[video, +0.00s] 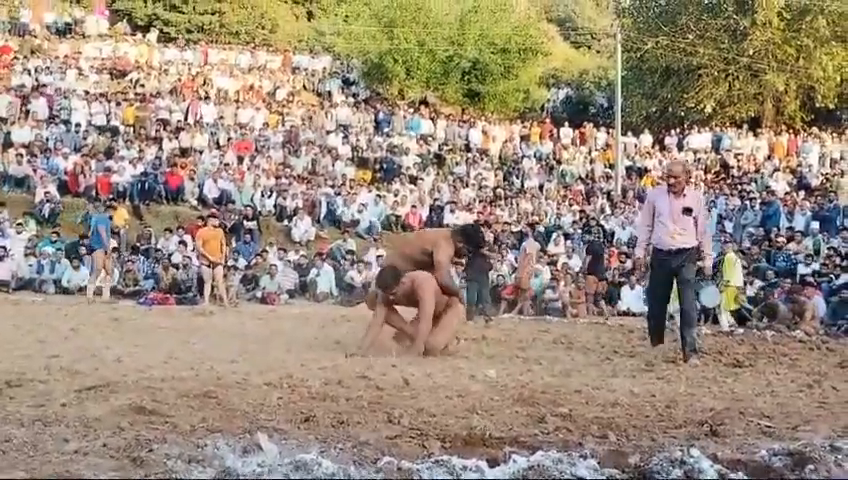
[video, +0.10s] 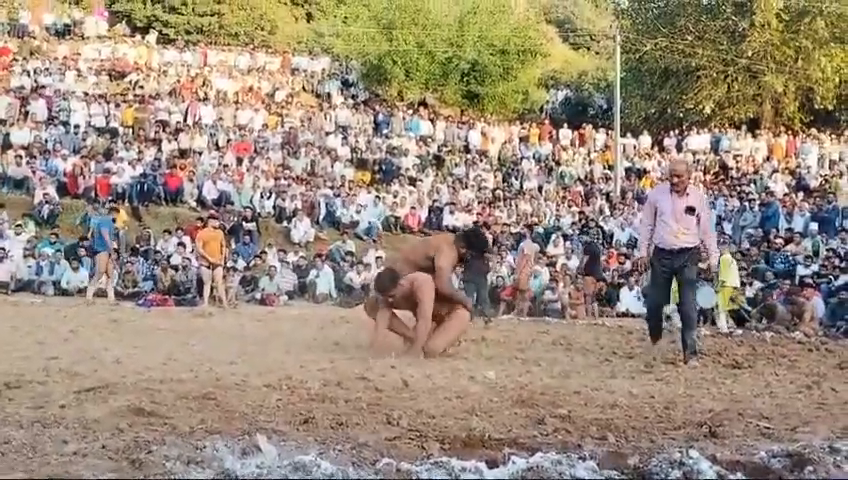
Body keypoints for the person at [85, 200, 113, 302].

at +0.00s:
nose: (114, 214)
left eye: (115, 212)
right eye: (113, 211)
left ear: (109, 211)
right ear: (110, 210)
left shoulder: (107, 221)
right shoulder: (101, 218)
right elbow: (102, 232)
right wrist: (107, 247)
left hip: (105, 247)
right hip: (97, 247)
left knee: (109, 272)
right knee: (97, 270)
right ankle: (90, 294)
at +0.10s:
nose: (116, 217)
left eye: (117, 215)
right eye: (116, 214)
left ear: (111, 213)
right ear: (113, 213)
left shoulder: (110, 223)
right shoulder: (105, 221)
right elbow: (106, 237)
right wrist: (112, 251)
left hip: (108, 250)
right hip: (101, 250)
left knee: (110, 275)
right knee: (99, 273)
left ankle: (111, 297)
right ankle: (89, 296)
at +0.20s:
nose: (120, 219)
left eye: (120, 217)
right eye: (119, 217)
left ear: (113, 215)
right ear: (116, 215)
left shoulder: (113, 225)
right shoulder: (108, 222)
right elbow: (107, 235)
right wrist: (114, 250)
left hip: (112, 251)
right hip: (105, 250)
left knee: (112, 275)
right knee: (105, 274)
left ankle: (111, 297)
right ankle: (91, 295)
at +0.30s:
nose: (123, 221)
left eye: (124, 219)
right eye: (123, 218)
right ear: (119, 216)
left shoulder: (104, 223)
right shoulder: (113, 223)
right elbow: (112, 236)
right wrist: (118, 249)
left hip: (105, 251)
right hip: (110, 252)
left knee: (112, 274)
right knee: (116, 273)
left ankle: (110, 298)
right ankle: (99, 290)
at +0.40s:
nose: (125, 220)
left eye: (125, 218)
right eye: (124, 217)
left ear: (118, 216)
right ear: (121, 216)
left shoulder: (111, 224)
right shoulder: (115, 224)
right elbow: (115, 237)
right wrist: (122, 251)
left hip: (109, 252)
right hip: (113, 252)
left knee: (113, 275)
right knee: (124, 272)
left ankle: (110, 296)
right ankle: (111, 287)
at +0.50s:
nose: (127, 219)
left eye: (127, 217)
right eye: (127, 217)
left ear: (119, 214)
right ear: (125, 216)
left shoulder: (109, 223)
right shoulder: (120, 222)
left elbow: (106, 235)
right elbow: (119, 235)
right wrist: (127, 249)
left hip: (110, 250)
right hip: (118, 251)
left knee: (113, 276)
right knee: (126, 273)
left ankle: (109, 297)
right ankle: (120, 297)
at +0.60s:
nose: (133, 219)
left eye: (133, 217)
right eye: (133, 216)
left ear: (124, 214)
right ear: (130, 215)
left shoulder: (116, 223)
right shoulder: (126, 223)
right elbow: (125, 236)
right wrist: (132, 249)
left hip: (113, 250)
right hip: (122, 251)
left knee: (115, 276)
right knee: (130, 274)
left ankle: (109, 298)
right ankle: (133, 298)